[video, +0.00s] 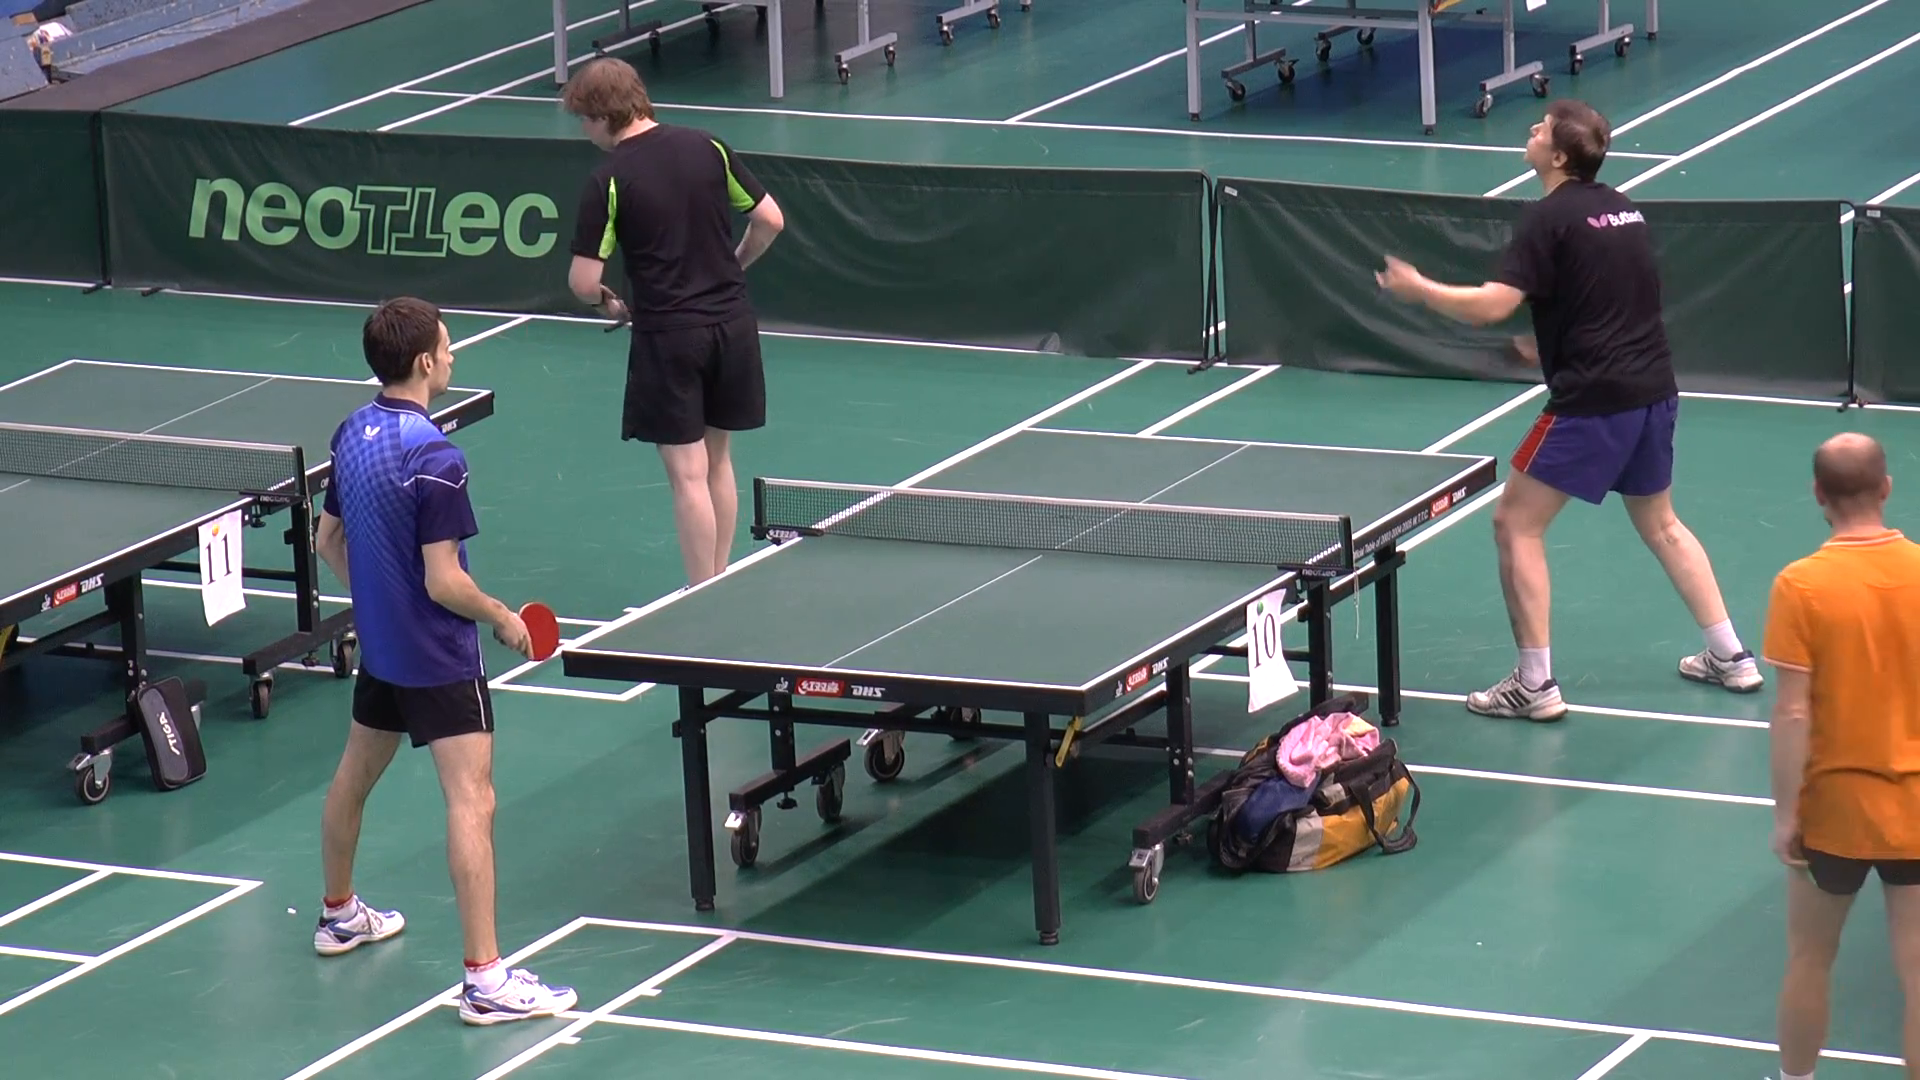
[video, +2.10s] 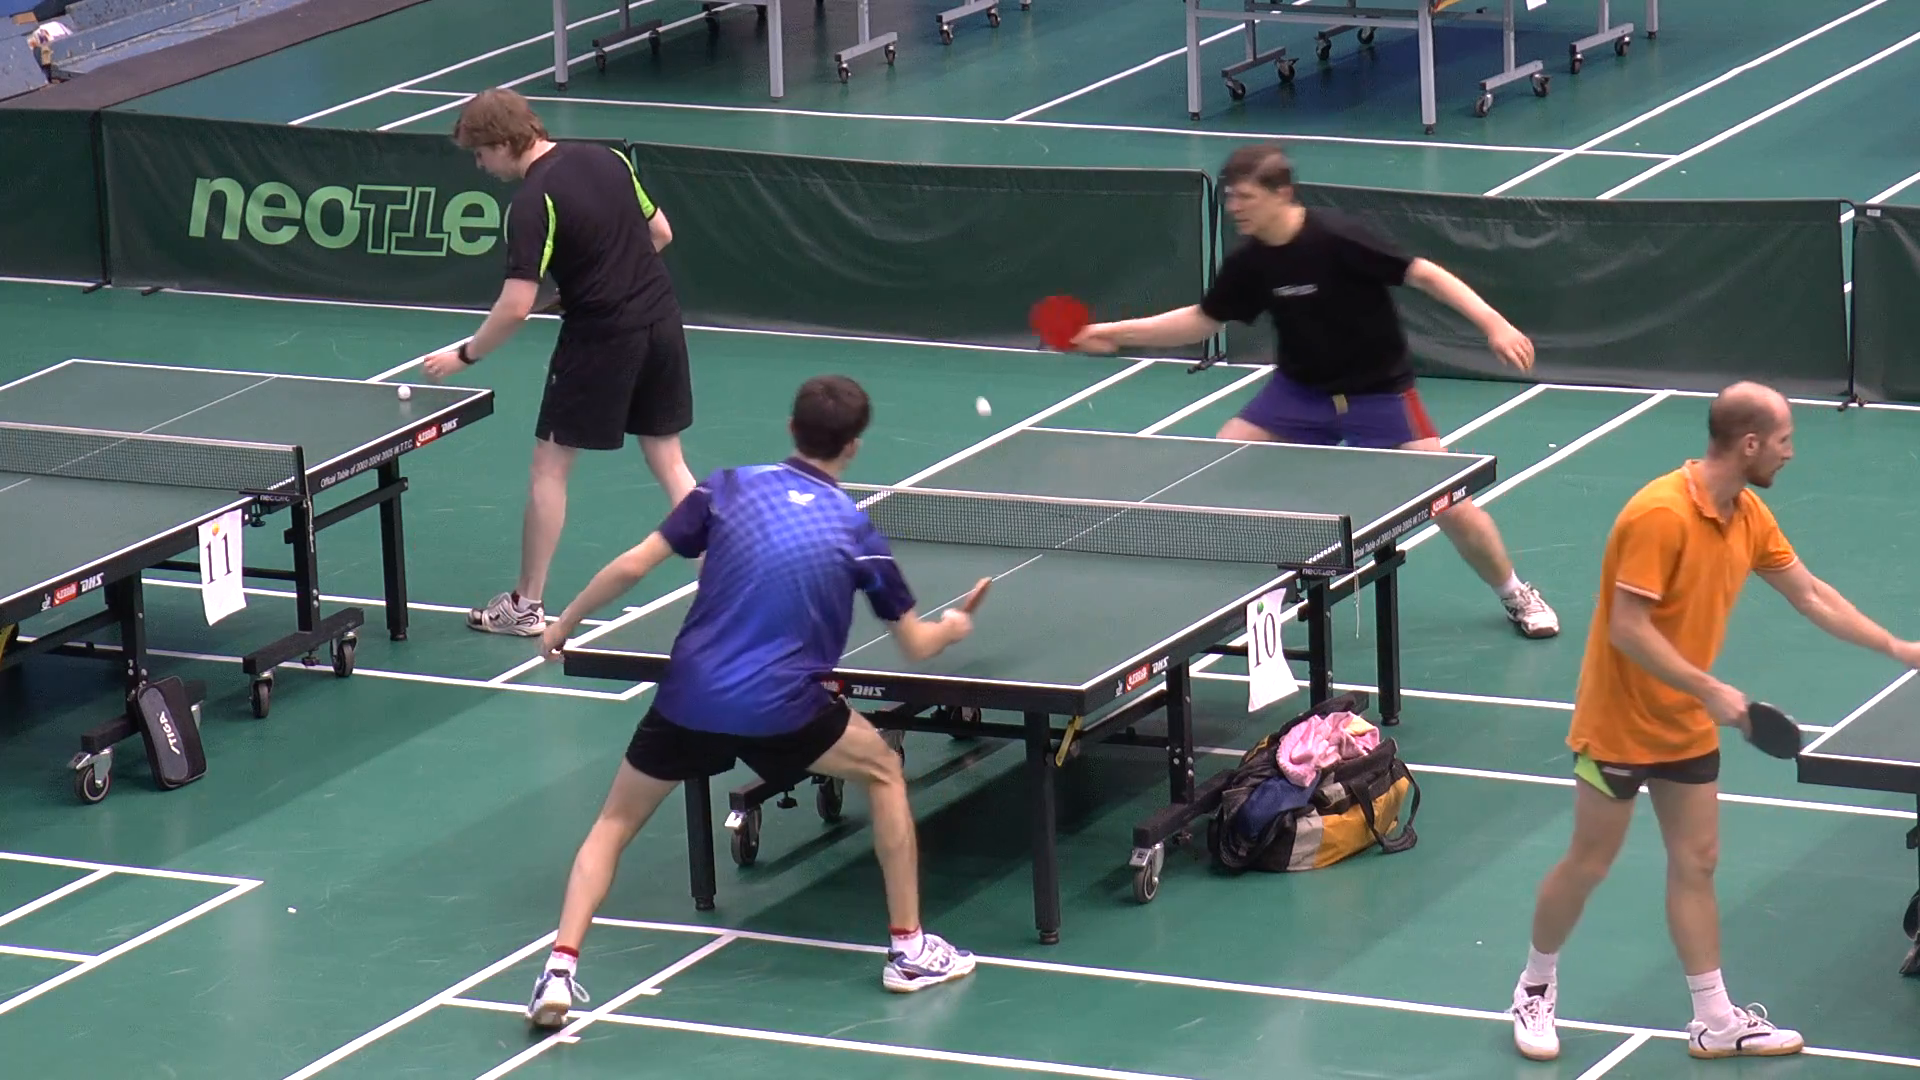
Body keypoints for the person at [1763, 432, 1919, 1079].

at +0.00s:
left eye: (1815, 486)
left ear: (1818, 495)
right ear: (1887, 489)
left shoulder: (1803, 583)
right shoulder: (1915, 567)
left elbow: (1792, 711)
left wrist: (1785, 811)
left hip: (1836, 802)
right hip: (1915, 802)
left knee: (1810, 961)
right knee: (1917, 973)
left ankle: (1795, 1075)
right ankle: (1912, 1072)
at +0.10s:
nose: (1860, 475)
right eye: (1860, 466)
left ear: (1793, 485)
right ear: (1861, 479)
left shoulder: (1771, 577)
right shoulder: (1909, 563)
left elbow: (1752, 705)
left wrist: (1748, 804)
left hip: (1813, 796)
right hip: (1904, 795)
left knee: (1798, 957)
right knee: (1909, 963)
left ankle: (1792, 1074)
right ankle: (1912, 1074)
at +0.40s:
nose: (1822, 456)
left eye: (1815, 446)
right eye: (1819, 449)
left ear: (1751, 471)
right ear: (1815, 464)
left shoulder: (1719, 560)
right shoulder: (1870, 551)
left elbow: (1675, 670)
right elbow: (1905, 674)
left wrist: (1661, 745)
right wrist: (1918, 759)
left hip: (1767, 786)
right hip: (1862, 777)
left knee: (1777, 941)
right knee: (1882, 915)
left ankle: (1787, 1075)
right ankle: (1872, 1072)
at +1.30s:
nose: (1850, 430)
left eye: (1847, 418)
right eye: (1847, 421)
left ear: (1777, 440)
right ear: (1834, 439)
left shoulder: (1732, 510)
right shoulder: (1838, 536)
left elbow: (1712, 629)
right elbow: (1860, 666)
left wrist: (1749, 683)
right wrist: (1909, 714)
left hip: (1733, 739)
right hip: (1800, 749)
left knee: (1743, 867)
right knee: (1824, 901)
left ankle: (1720, 1015)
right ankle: (1818, 1065)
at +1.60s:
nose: (1836, 427)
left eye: (1834, 417)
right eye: (1834, 418)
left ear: (1769, 429)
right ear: (1814, 433)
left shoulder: (1736, 491)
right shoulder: (1771, 515)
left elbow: (1750, 621)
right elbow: (1776, 643)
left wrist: (1798, 688)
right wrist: (1853, 687)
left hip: (1697, 713)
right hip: (1724, 727)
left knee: (1710, 874)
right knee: (1747, 886)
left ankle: (1712, 1019)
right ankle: (1748, 1050)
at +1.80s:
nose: (1832, 437)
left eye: (1830, 426)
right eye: (1828, 427)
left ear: (1779, 433)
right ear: (1801, 438)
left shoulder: (1752, 498)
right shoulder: (1737, 515)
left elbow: (1769, 589)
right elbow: (1722, 639)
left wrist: (1856, 633)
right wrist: (1802, 688)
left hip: (1714, 717)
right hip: (1681, 723)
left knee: (1711, 867)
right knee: (1680, 875)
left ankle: (1716, 1020)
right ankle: (1633, 1034)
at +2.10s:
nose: (1790, 451)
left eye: (1790, 438)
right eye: (1783, 439)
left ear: (1746, 442)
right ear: (1746, 443)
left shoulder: (1748, 514)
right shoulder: (1658, 514)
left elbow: (1811, 594)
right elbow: (1626, 627)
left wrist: (1893, 644)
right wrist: (1710, 689)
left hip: (1686, 715)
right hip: (1618, 717)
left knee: (1695, 860)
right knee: (1588, 860)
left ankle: (1714, 1020)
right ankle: (1535, 988)